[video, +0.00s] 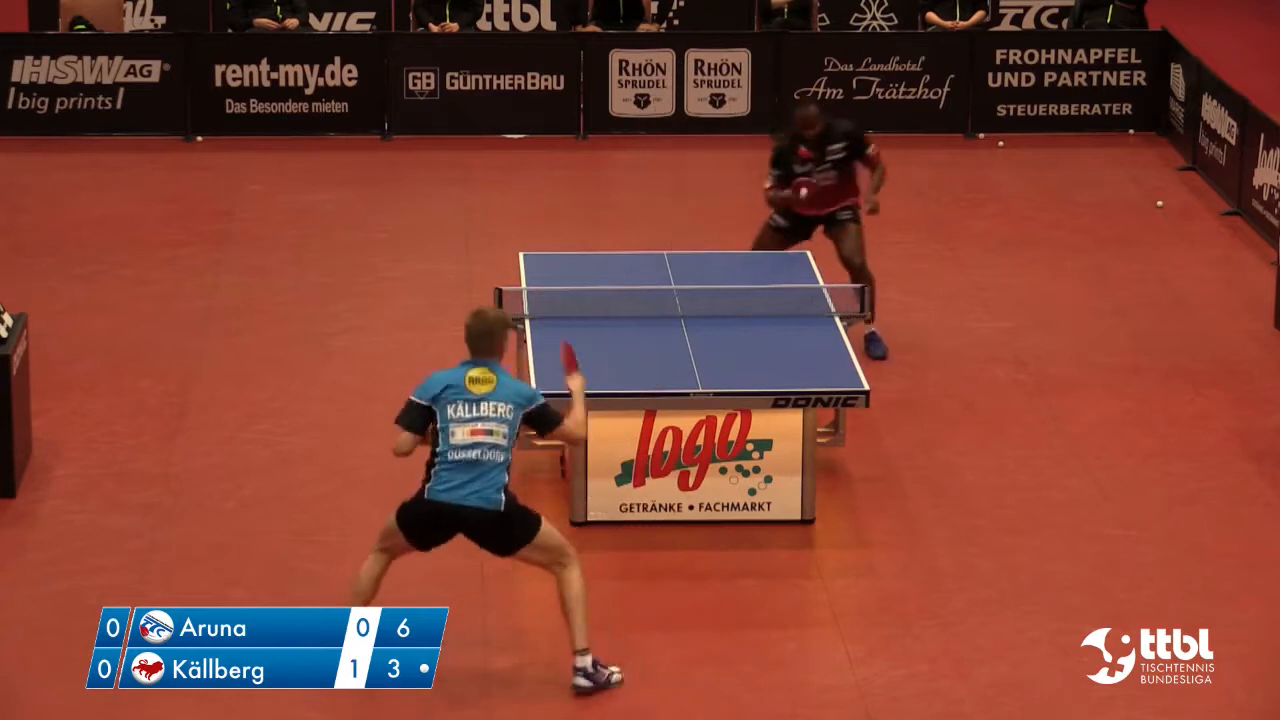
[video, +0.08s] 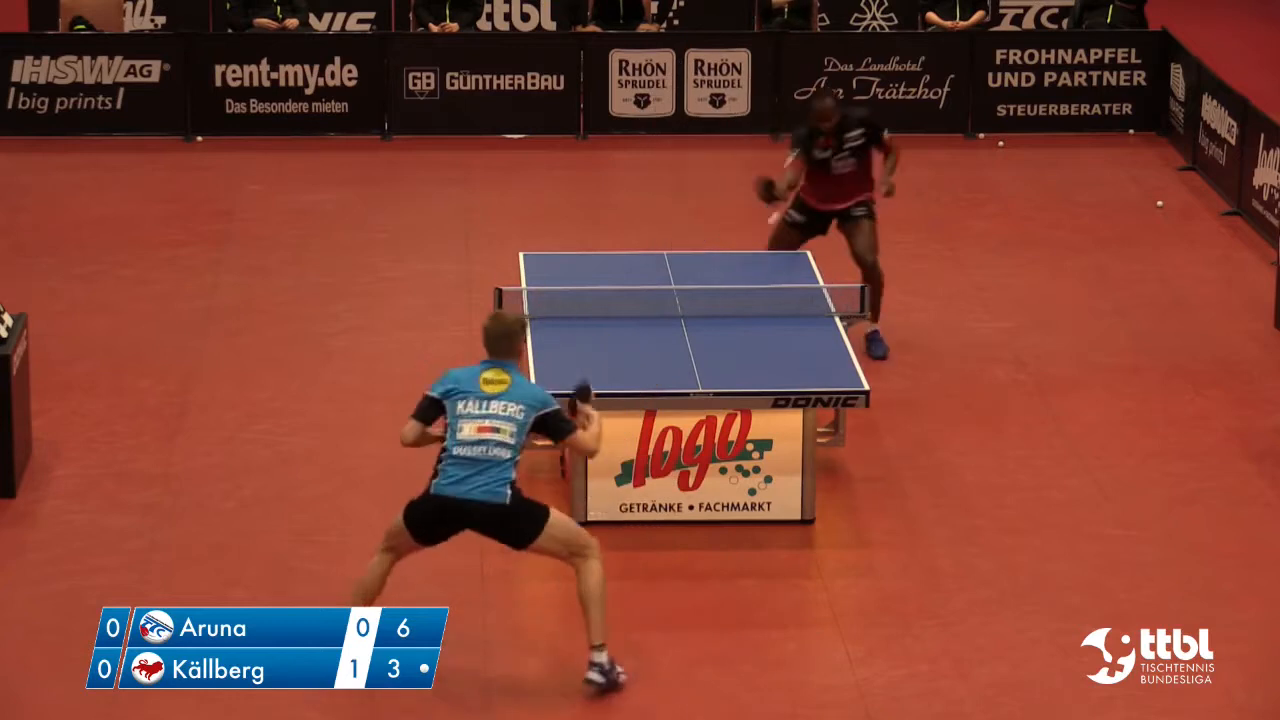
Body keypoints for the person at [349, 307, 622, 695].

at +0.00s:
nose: (510, 343)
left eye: (509, 337)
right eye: (509, 339)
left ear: (467, 342)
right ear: (504, 344)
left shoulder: (437, 383)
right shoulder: (519, 392)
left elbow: (402, 446)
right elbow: (576, 433)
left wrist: (425, 429)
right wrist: (577, 390)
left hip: (436, 505)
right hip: (492, 509)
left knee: (383, 551)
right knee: (565, 562)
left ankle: (346, 637)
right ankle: (585, 665)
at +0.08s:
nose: (526, 347)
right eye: (526, 342)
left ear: (484, 345)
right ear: (522, 347)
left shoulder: (453, 381)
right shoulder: (533, 396)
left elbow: (409, 436)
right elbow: (589, 447)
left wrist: (446, 435)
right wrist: (594, 420)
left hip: (442, 501)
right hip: (499, 504)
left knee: (388, 551)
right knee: (585, 551)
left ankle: (347, 636)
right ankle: (600, 661)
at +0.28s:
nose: (574, 385)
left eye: (568, 378)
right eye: (573, 380)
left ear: (535, 378)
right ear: (569, 386)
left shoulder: (501, 406)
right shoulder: (570, 429)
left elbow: (462, 462)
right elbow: (617, 497)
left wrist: (504, 463)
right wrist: (589, 504)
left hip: (470, 525)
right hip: (523, 531)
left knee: (422, 570)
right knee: (610, 585)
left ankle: (381, 648)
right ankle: (638, 688)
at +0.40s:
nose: (613, 386)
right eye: (614, 381)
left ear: (575, 382)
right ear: (611, 388)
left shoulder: (540, 409)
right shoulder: (612, 435)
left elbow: (491, 457)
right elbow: (665, 492)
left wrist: (517, 455)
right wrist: (622, 493)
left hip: (502, 525)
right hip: (557, 533)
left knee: (438, 579)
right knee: (645, 580)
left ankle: (378, 649)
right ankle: (648, 690)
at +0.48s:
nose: (636, 370)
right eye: (635, 365)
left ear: (596, 367)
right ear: (632, 371)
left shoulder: (568, 393)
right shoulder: (644, 421)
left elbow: (524, 425)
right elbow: (685, 445)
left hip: (528, 518)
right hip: (580, 529)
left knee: (453, 588)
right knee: (658, 579)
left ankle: (387, 657)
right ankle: (649, 688)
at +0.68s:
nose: (652, 349)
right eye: (654, 344)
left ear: (614, 348)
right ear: (654, 351)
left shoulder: (588, 389)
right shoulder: (671, 398)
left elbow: (534, 434)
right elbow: (734, 426)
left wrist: (541, 406)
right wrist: (758, 400)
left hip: (581, 519)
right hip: (640, 523)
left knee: (506, 582)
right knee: (705, 586)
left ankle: (453, 676)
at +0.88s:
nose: (636, 379)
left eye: (625, 371)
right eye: (652, 373)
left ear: (617, 377)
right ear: (656, 380)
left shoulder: (586, 415)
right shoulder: (673, 429)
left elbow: (527, 461)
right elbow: (736, 465)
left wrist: (542, 439)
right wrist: (743, 435)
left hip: (591, 546)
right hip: (650, 549)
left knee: (523, 591)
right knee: (708, 597)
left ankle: (477, 692)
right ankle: (764, 691)